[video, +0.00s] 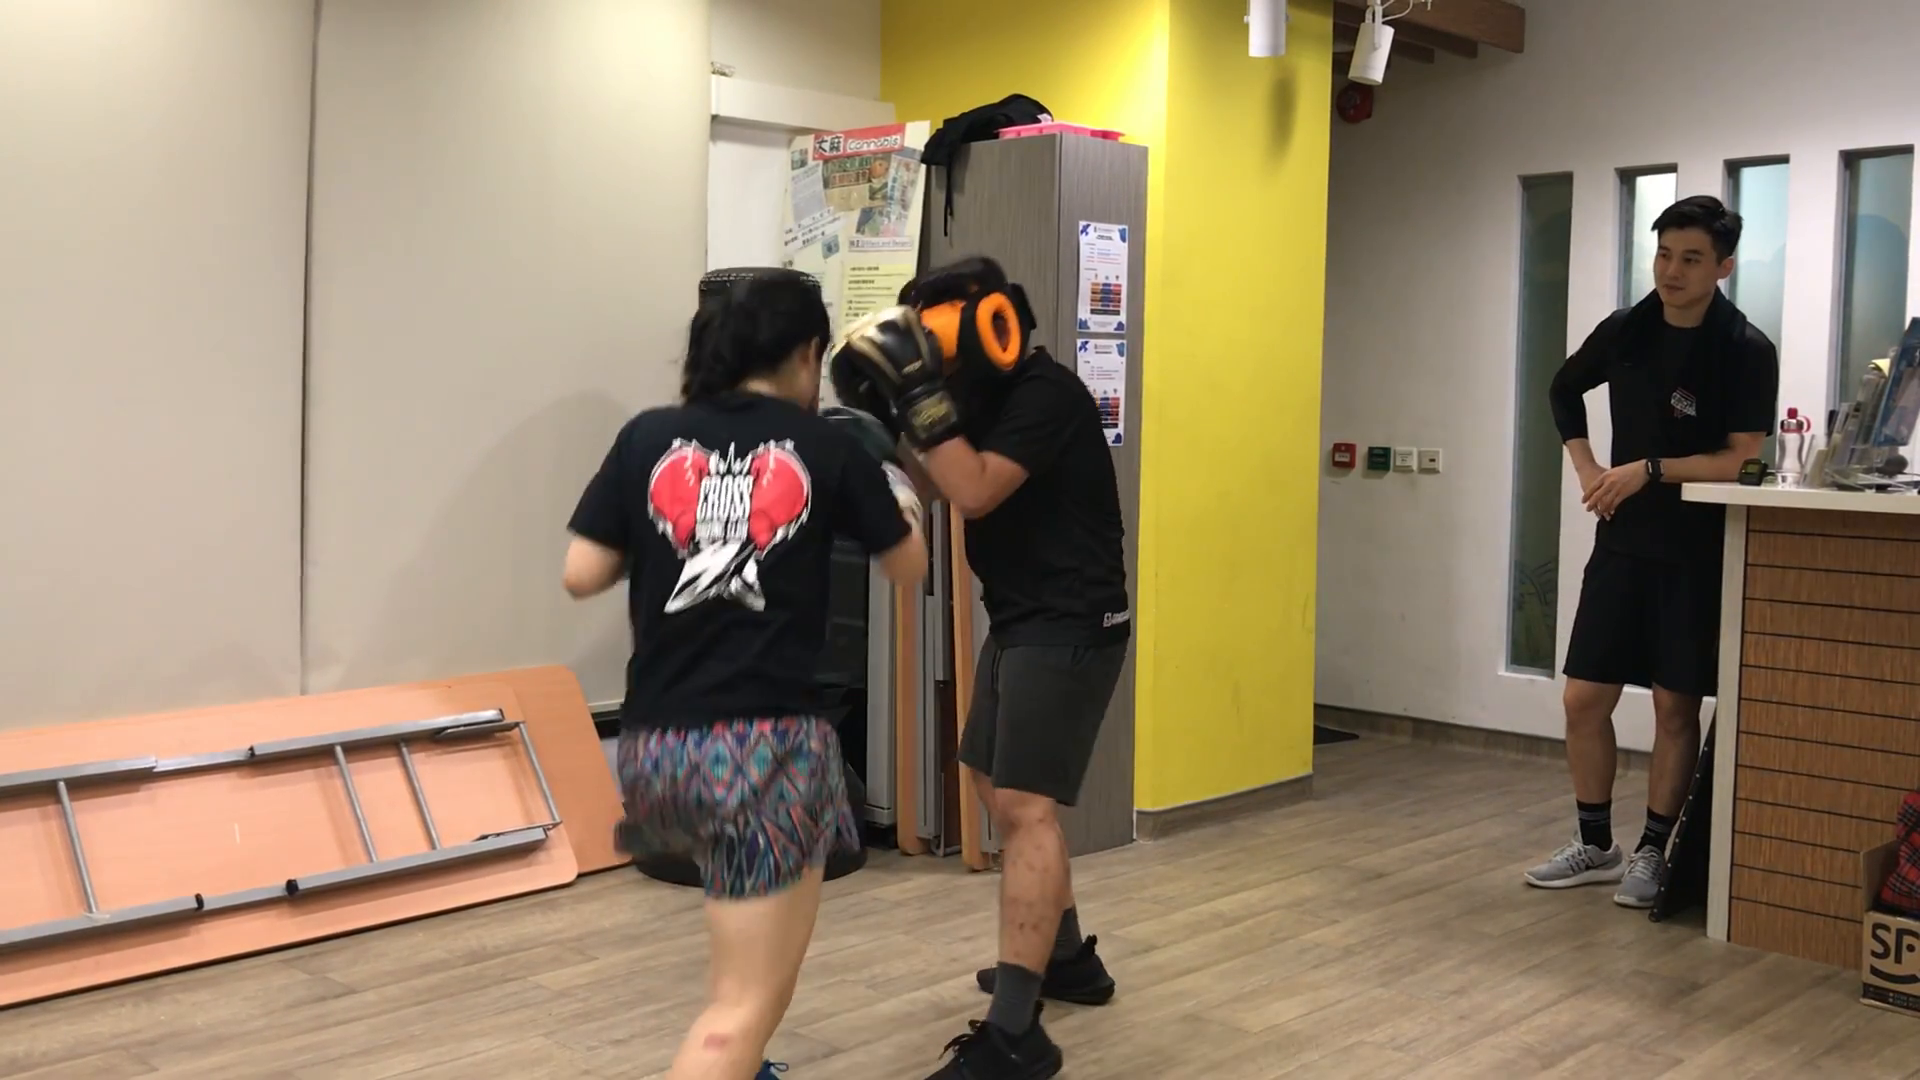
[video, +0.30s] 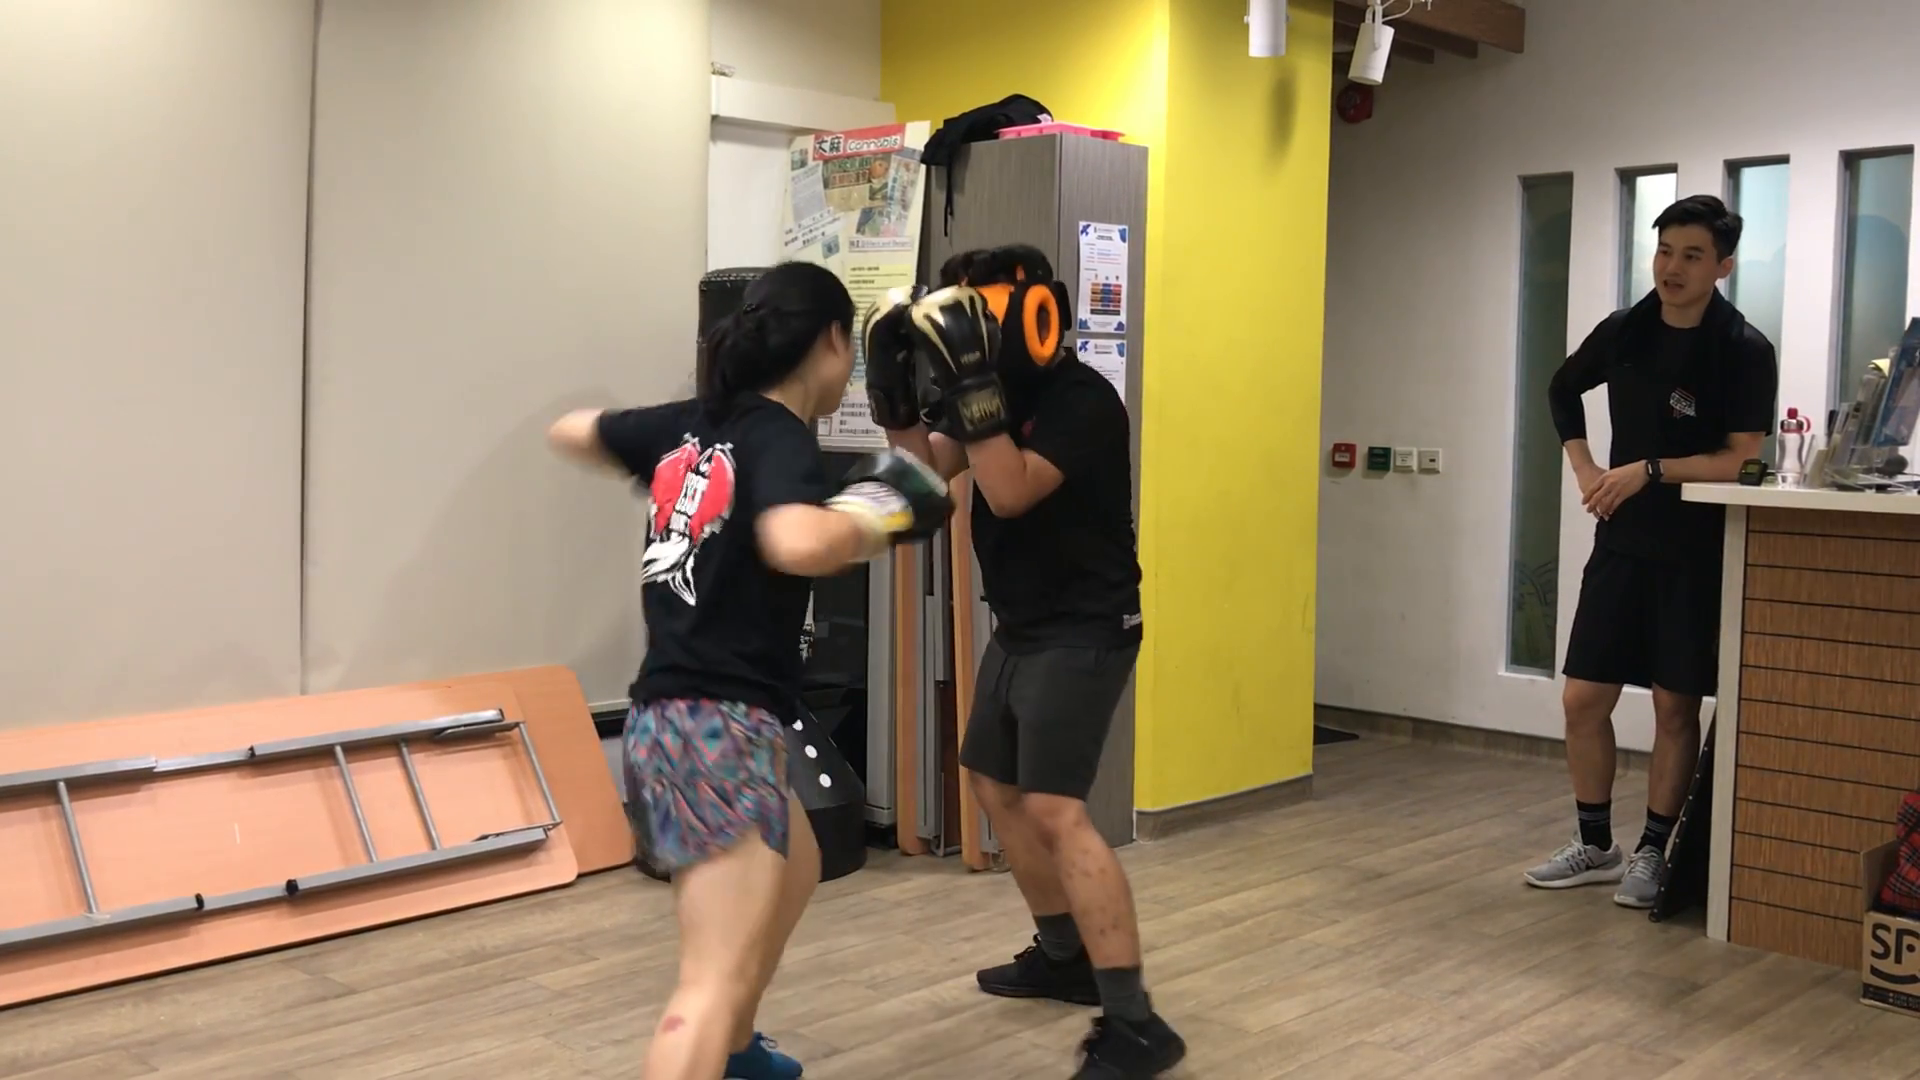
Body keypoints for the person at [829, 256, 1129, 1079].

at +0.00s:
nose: (936, 354)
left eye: (945, 338)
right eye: (930, 341)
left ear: (994, 325)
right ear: (971, 339)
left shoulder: (1047, 393)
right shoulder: (987, 401)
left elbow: (973, 492)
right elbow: (949, 488)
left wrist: (924, 399)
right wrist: (896, 426)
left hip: (1071, 627)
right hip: (1019, 624)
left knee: (1027, 808)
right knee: (995, 784)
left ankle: (1013, 1032)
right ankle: (1066, 952)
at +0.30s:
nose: (971, 332)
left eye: (983, 317)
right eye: (965, 321)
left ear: (1029, 314)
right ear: (977, 331)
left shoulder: (1086, 400)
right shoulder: (1001, 400)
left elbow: (1010, 493)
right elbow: (934, 465)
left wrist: (979, 391)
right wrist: (900, 398)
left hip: (1085, 632)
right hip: (1017, 629)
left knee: (1053, 806)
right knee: (992, 779)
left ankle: (1133, 1019)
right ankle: (1065, 953)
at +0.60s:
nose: (1017, 414)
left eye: (1029, 398)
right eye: (1009, 401)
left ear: (1075, 390)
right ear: (1004, 403)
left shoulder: (1134, 446)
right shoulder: (1011, 436)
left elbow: (1087, 557)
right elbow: (912, 493)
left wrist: (1056, 453)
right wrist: (941, 415)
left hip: (1130, 651)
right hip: (1047, 640)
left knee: (1099, 821)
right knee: (987, 778)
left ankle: (1149, 1040)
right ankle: (1071, 913)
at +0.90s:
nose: (975, 591)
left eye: (978, 578)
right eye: (969, 581)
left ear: (1020, 535)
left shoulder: (1120, 533)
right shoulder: (1004, 527)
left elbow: (1105, 669)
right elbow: (962, 643)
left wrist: (1043, 587)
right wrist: (917, 587)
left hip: (1171, 677)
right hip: (1084, 676)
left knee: (1110, 818)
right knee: (997, 807)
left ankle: (1155, 1041)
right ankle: (1087, 925)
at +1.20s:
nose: (951, 532)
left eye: (950, 517)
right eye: (946, 518)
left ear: (976, 499)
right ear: (971, 496)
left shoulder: (1054, 524)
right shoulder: (1006, 522)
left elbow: (979, 643)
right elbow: (983, 623)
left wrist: (921, 557)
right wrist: (920, 552)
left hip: (1173, 687)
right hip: (1099, 687)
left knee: (1093, 815)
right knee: (1008, 791)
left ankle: (1157, 1038)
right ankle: (1090, 923)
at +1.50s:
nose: (959, 628)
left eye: (955, 615)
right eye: (948, 619)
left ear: (1006, 565)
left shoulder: (1115, 562)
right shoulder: (1053, 538)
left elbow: (1043, 686)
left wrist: (990, 596)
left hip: (1185, 725)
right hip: (1120, 712)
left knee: (1066, 863)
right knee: (1039, 801)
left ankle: (1159, 1066)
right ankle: (1078, 926)